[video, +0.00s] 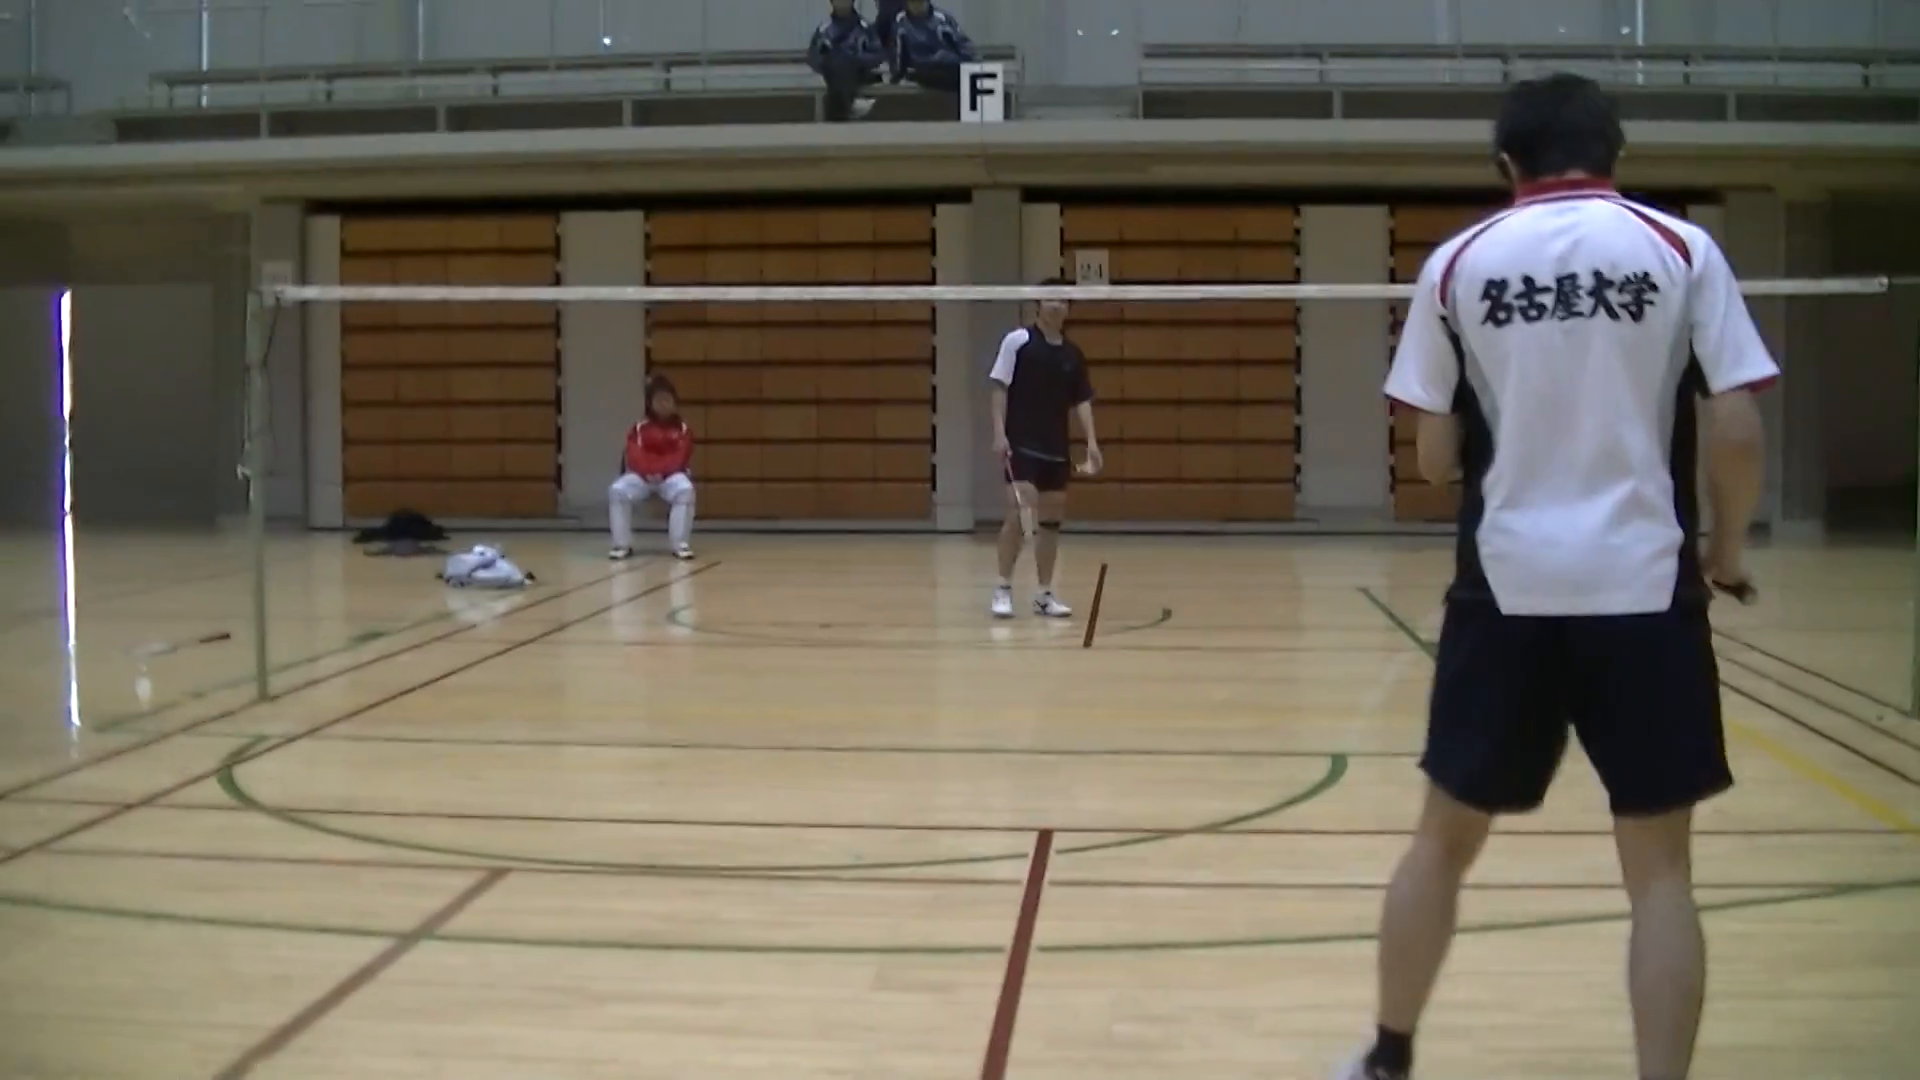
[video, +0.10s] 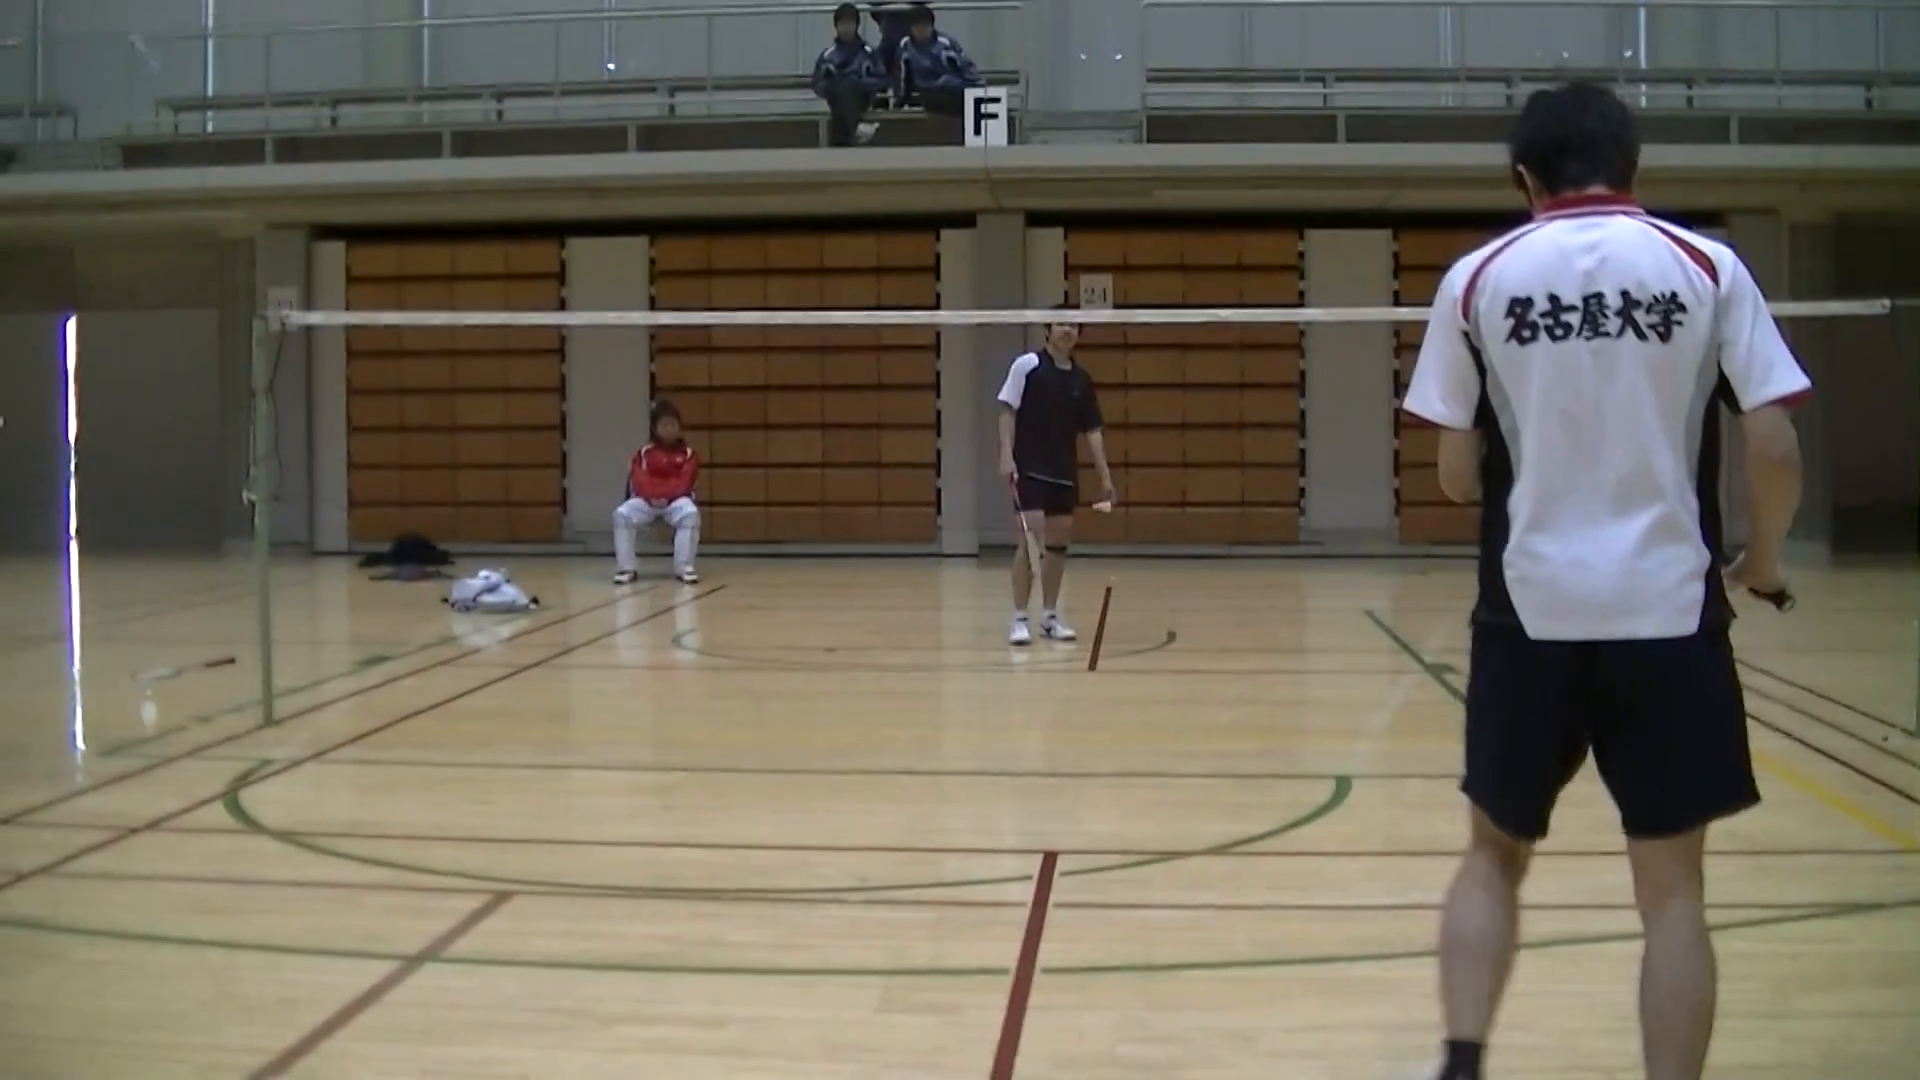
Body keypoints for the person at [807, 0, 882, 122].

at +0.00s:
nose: (842, 5)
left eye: (845, 2)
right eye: (838, 2)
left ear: (852, 3)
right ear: (832, 3)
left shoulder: (866, 27)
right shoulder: (824, 29)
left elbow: (878, 55)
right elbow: (812, 57)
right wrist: (829, 70)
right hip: (834, 82)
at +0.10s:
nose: (846, 28)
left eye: (850, 23)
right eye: (842, 24)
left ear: (857, 25)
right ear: (836, 26)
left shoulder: (868, 52)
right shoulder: (827, 54)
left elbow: (881, 80)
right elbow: (817, 83)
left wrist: (857, 83)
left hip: (863, 99)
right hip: (836, 100)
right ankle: (857, 129)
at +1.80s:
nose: (836, 50)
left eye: (840, 45)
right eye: (832, 45)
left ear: (847, 46)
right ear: (826, 47)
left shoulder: (859, 72)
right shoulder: (817, 75)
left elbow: (872, 103)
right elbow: (806, 105)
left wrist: (846, 104)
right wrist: (825, 106)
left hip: (853, 118)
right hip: (825, 118)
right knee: (831, 105)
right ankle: (844, 143)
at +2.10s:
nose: (836, 50)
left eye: (840, 45)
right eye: (832, 46)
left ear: (846, 47)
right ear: (825, 47)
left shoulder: (858, 72)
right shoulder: (818, 74)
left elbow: (871, 102)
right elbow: (806, 106)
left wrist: (847, 105)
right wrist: (824, 107)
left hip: (852, 119)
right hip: (825, 118)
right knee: (830, 105)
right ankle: (843, 143)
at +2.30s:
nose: (836, 50)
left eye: (840, 45)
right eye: (832, 46)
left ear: (846, 47)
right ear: (825, 47)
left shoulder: (858, 73)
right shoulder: (817, 75)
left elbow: (871, 102)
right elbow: (806, 106)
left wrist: (847, 105)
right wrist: (823, 107)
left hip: (852, 121)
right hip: (825, 120)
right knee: (829, 106)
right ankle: (843, 142)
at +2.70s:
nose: (835, 50)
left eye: (839, 46)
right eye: (831, 46)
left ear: (846, 47)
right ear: (824, 48)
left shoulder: (858, 73)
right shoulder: (816, 75)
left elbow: (870, 102)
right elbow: (806, 106)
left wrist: (845, 105)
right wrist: (822, 107)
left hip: (851, 117)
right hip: (823, 117)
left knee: (827, 123)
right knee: (830, 104)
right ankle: (842, 143)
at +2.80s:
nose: (835, 50)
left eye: (839, 45)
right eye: (831, 46)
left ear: (845, 47)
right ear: (824, 48)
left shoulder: (858, 73)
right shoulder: (816, 75)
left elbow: (870, 102)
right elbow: (806, 107)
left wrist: (844, 105)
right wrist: (821, 106)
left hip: (851, 118)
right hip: (823, 119)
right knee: (829, 104)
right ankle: (842, 143)